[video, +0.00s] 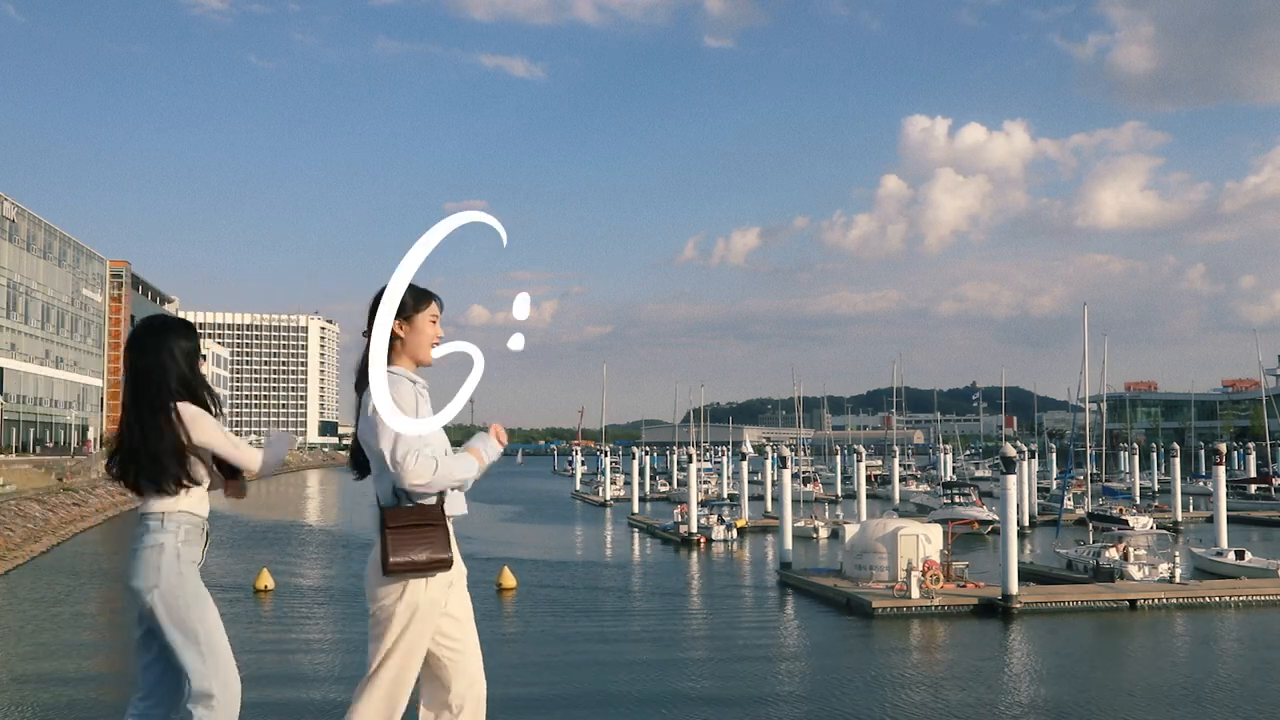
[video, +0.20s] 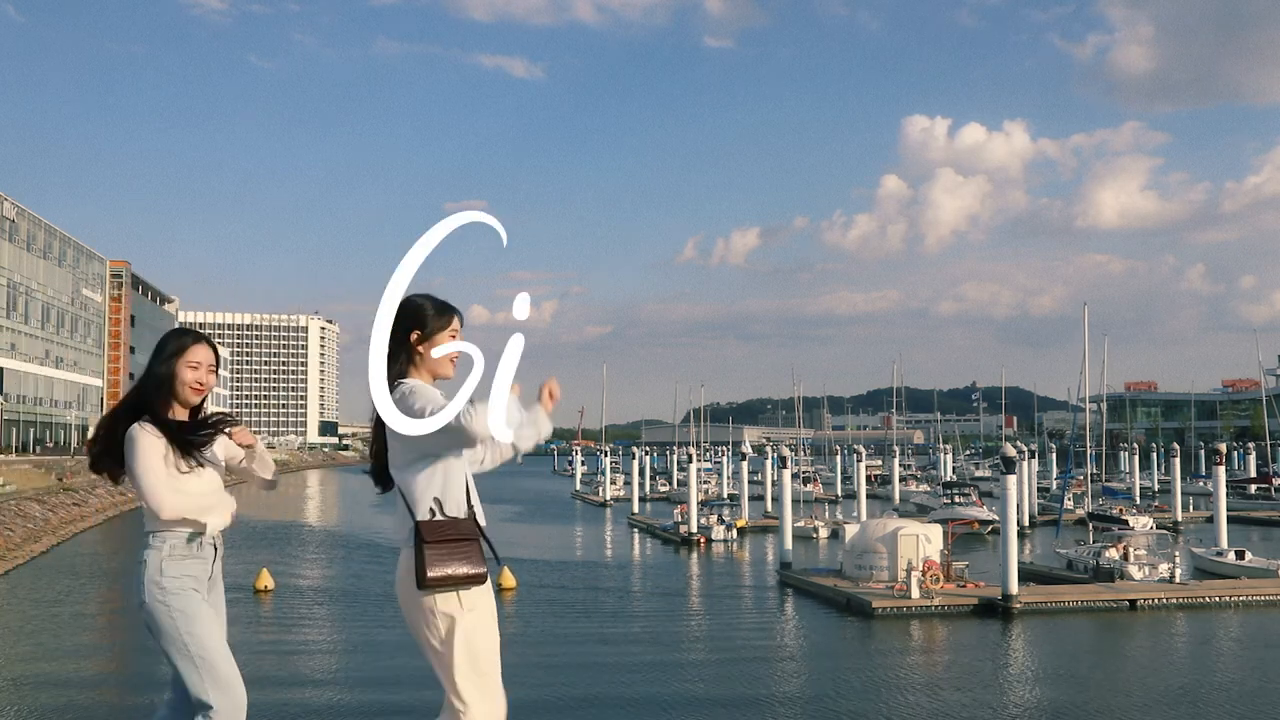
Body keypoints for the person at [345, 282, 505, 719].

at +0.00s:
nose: (439, 333)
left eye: (439, 323)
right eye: (431, 322)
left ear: (407, 331)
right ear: (399, 328)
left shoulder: (412, 388)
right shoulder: (390, 389)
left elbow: (425, 472)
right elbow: (415, 473)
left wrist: (476, 452)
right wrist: (480, 451)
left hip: (438, 541)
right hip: (410, 543)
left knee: (462, 692)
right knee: (383, 693)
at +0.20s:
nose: (458, 349)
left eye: (459, 339)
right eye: (451, 338)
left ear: (423, 344)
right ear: (419, 342)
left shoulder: (426, 400)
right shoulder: (410, 397)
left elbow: (484, 455)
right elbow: (474, 427)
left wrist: (541, 416)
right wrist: (506, 399)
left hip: (450, 565)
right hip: (443, 569)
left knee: (467, 703)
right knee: (482, 705)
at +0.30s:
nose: (473, 332)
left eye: (472, 322)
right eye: (464, 322)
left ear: (432, 332)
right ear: (434, 331)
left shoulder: (440, 383)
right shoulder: (431, 377)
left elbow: (510, 386)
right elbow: (485, 362)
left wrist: (523, 337)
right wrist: (485, 304)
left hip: (439, 556)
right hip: (452, 559)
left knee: (465, 685)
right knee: (519, 683)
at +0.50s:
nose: (483, 336)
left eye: (484, 326)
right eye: (476, 326)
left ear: (449, 327)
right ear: (447, 326)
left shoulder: (437, 377)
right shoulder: (448, 371)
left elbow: (521, 344)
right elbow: (494, 328)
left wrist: (557, 289)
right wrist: (540, 252)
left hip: (458, 545)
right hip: (486, 547)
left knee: (474, 690)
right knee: (540, 686)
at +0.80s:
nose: (519, 340)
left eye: (519, 329)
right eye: (512, 329)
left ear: (483, 336)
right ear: (488, 335)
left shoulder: (492, 394)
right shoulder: (494, 394)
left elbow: (553, 356)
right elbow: (542, 346)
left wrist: (544, 299)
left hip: (496, 561)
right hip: (510, 563)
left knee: (508, 697)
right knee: (558, 700)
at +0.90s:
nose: (529, 343)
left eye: (530, 334)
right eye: (522, 334)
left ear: (500, 336)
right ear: (493, 336)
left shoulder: (504, 390)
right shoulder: (483, 389)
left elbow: (559, 378)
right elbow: (541, 368)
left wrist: (586, 314)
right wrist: (547, 273)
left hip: (536, 553)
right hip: (522, 555)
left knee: (557, 698)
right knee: (550, 701)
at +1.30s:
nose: (579, 315)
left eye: (578, 305)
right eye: (574, 306)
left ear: (547, 314)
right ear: (556, 314)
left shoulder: (569, 364)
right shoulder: (539, 363)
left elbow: (619, 340)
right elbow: (590, 330)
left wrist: (601, 279)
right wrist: (565, 251)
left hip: (586, 526)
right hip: (557, 529)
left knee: (628, 687)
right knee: (546, 688)